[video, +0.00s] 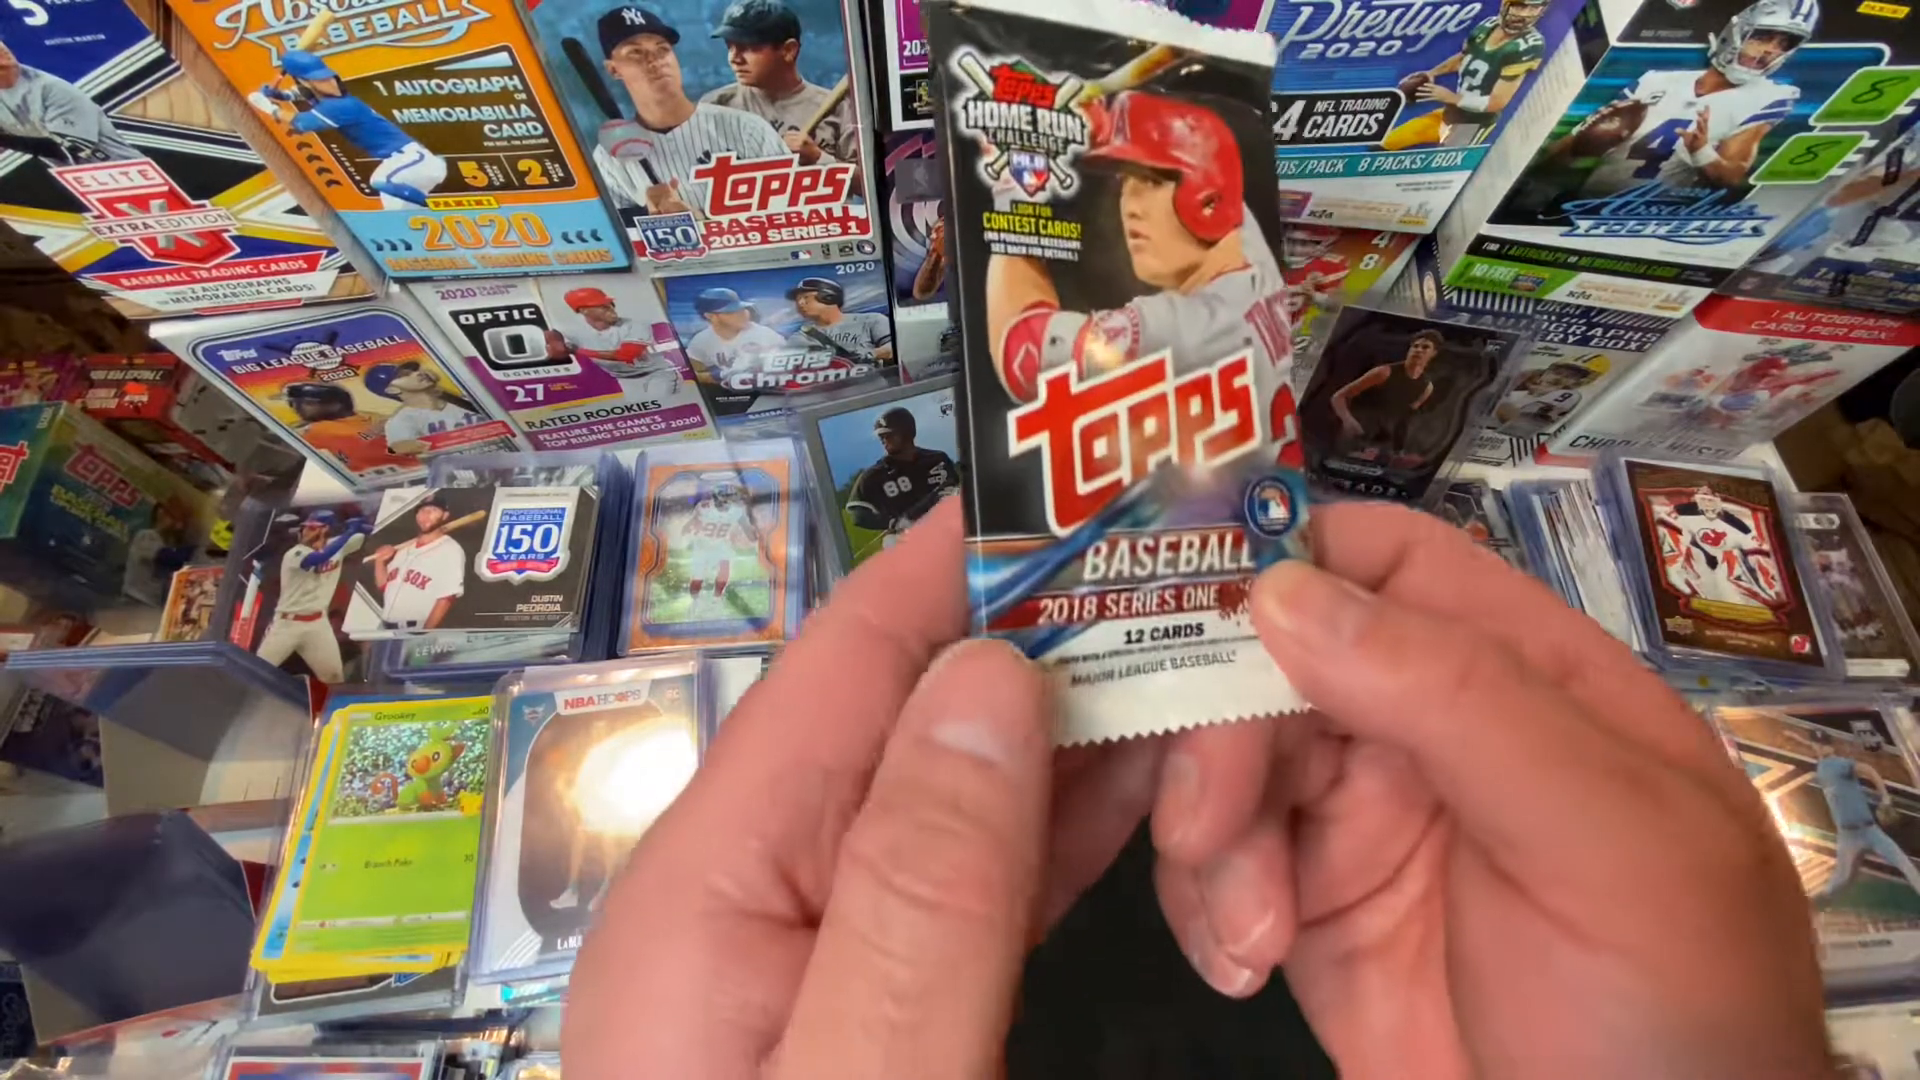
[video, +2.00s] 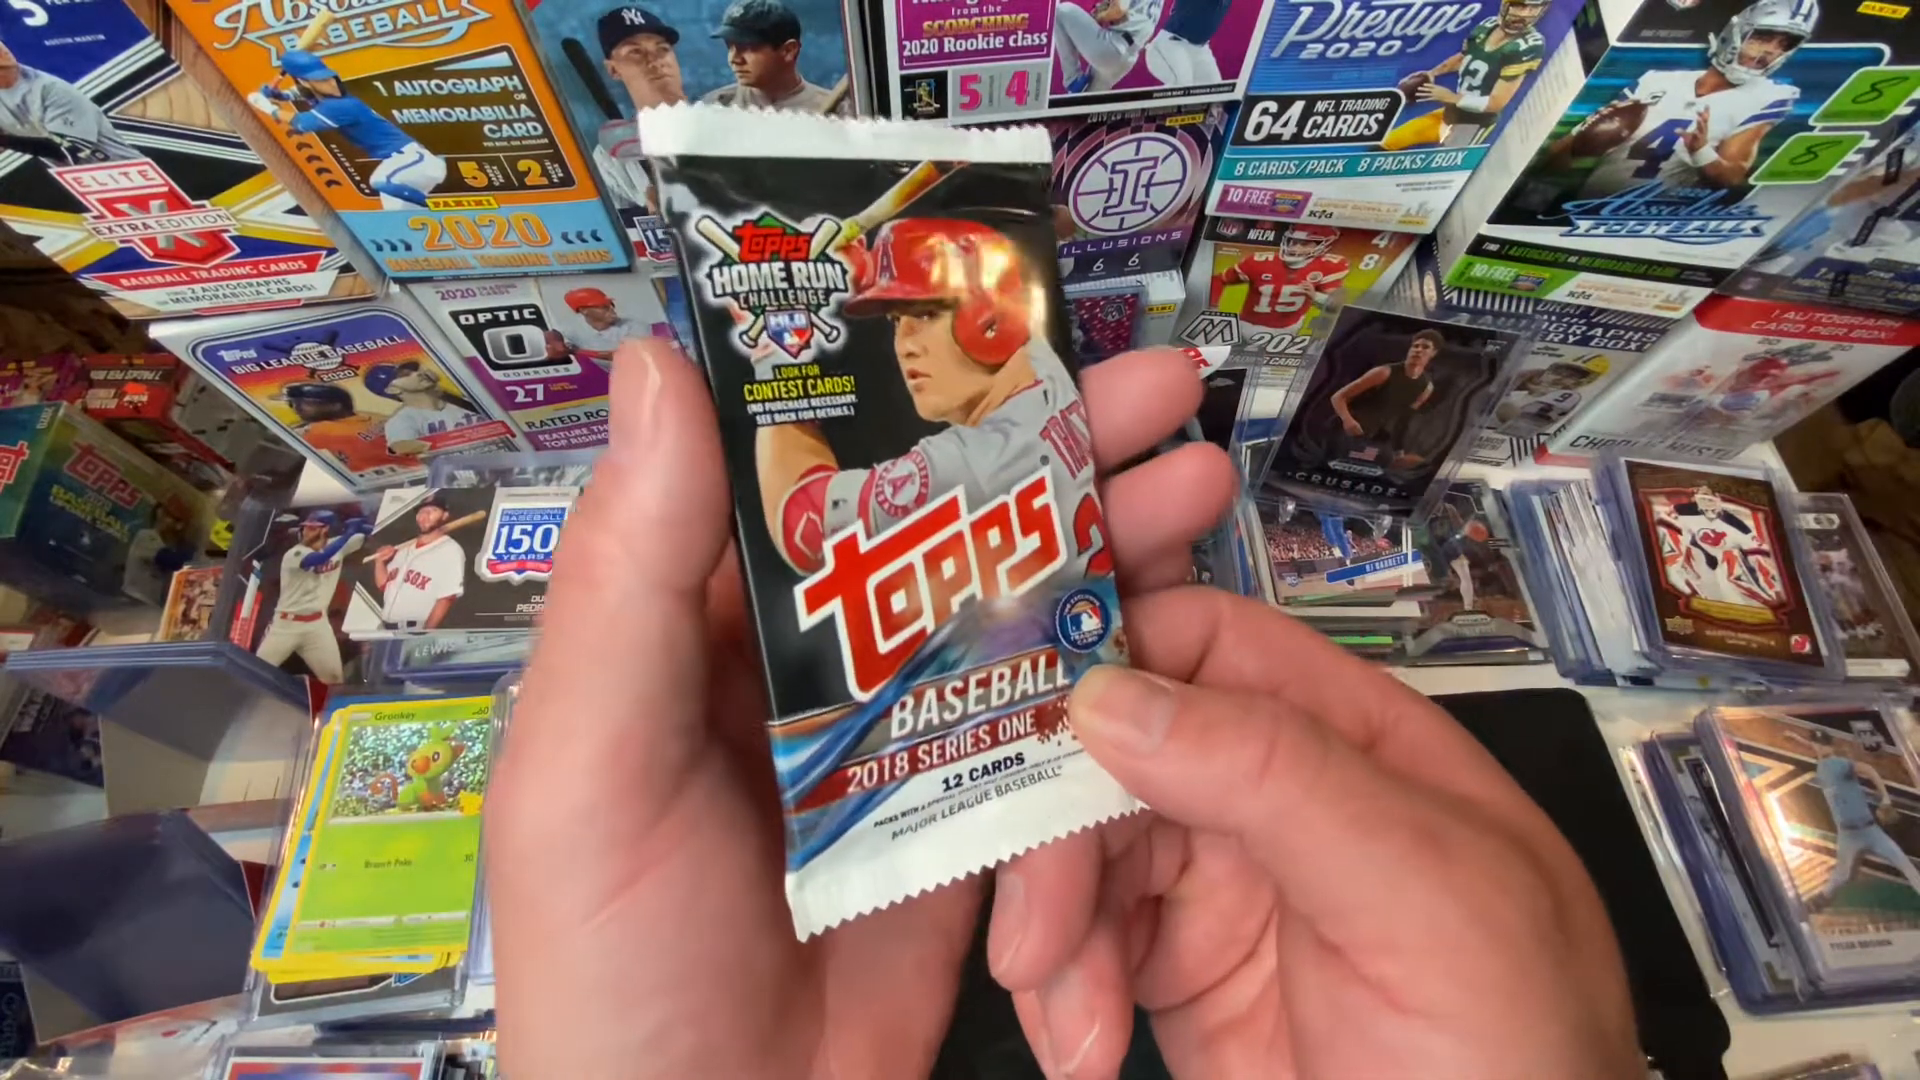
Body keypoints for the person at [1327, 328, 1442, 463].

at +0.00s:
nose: (1418, 350)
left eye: (1425, 347)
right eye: (1415, 346)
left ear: (1433, 354)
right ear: (1409, 349)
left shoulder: (1426, 389)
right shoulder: (1384, 373)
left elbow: (1404, 415)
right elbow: (1338, 397)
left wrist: (1399, 450)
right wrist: (1348, 420)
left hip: (1387, 445)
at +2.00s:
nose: (1418, 350)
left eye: (1425, 347)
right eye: (1415, 346)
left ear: (1433, 354)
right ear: (1409, 349)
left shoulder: (1426, 389)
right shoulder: (1384, 373)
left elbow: (1404, 419)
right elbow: (1338, 397)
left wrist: (1399, 452)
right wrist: (1347, 420)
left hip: (1382, 442)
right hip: (1354, 435)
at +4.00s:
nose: (1418, 350)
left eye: (1425, 347)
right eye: (1415, 346)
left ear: (1433, 354)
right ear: (1409, 349)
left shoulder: (1426, 388)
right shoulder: (1384, 373)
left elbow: (1406, 416)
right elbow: (1338, 398)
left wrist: (1400, 450)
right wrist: (1348, 421)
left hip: (1386, 440)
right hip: (1359, 433)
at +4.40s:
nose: (1418, 351)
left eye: (1425, 347)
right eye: (1416, 346)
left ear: (1433, 354)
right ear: (1410, 349)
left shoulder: (1427, 389)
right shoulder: (1384, 373)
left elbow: (1406, 415)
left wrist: (1407, 452)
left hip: (1393, 444)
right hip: (1364, 435)